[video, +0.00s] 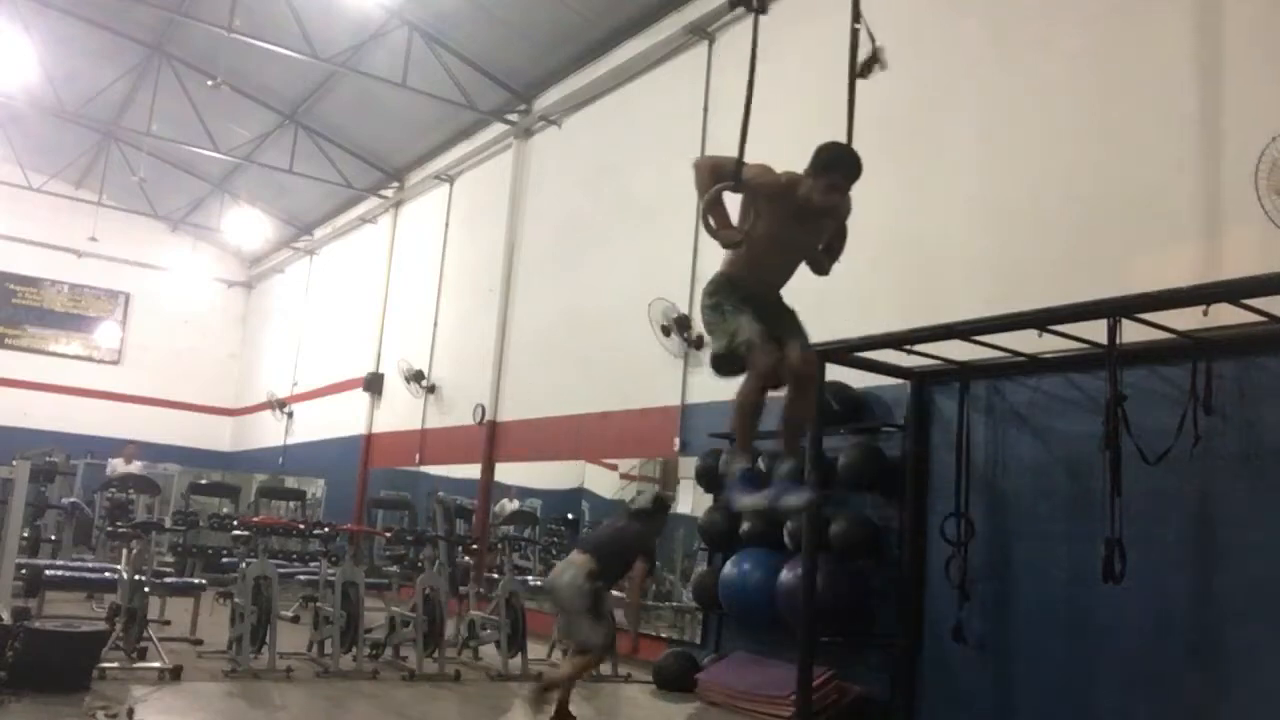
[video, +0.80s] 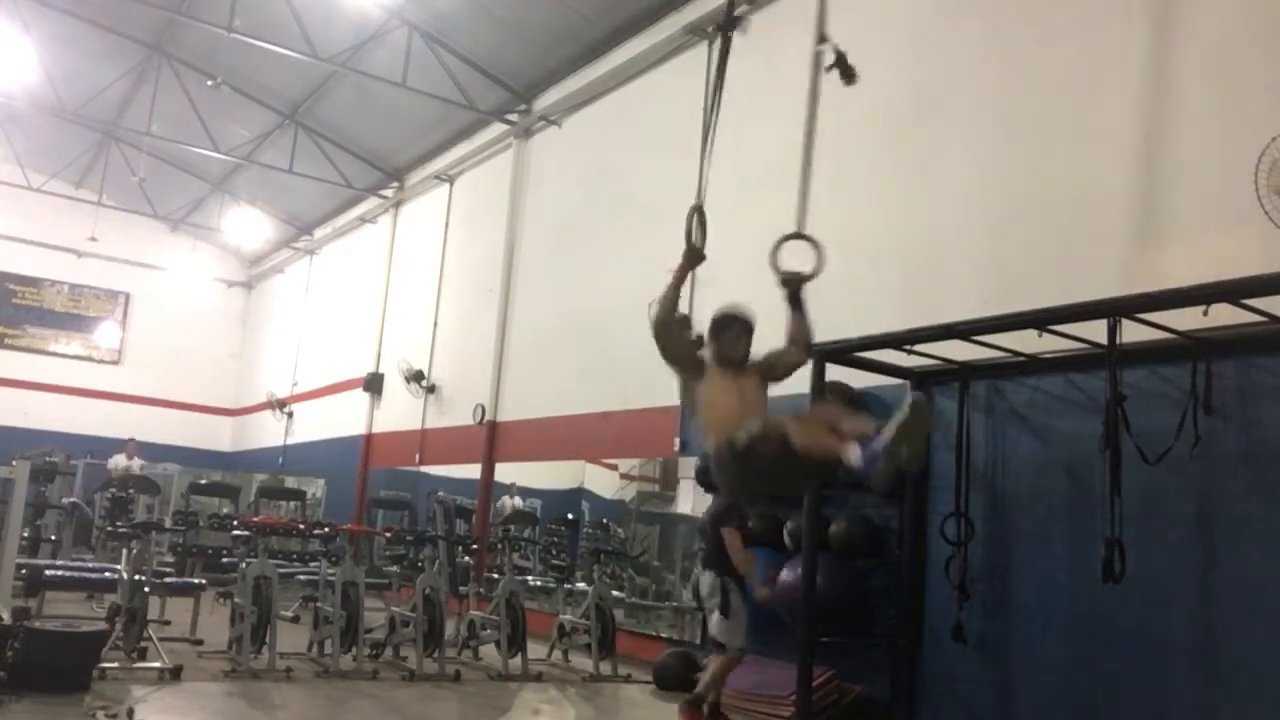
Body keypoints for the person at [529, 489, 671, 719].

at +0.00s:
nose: (662, 528)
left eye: (662, 523)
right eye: (662, 523)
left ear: (638, 511)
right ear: (658, 521)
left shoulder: (617, 523)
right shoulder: (646, 540)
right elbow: (634, 590)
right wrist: (634, 634)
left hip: (559, 573)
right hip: (580, 584)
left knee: (580, 646)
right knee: (602, 648)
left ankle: (562, 707)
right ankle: (549, 683)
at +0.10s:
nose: (680, 510)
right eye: (681, 505)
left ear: (661, 496)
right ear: (679, 504)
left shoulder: (639, 512)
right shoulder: (663, 523)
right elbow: (649, 571)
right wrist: (646, 614)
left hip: (582, 564)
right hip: (604, 571)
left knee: (585, 643)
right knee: (629, 637)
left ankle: (563, 704)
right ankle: (612, 704)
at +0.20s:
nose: (691, 514)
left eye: (691, 509)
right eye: (691, 509)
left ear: (667, 498)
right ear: (686, 506)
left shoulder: (646, 510)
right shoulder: (677, 522)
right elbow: (664, 564)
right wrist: (657, 609)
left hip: (603, 568)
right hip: (627, 576)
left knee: (602, 648)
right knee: (657, 648)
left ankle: (568, 704)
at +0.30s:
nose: (707, 507)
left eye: (707, 503)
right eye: (706, 503)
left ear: (682, 498)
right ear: (700, 503)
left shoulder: (666, 512)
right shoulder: (693, 523)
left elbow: (641, 547)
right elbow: (684, 569)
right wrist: (682, 615)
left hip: (630, 576)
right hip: (650, 582)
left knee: (629, 651)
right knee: (683, 649)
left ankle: (585, 691)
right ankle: (678, 712)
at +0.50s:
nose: (734, 483)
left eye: (734, 477)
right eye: (731, 478)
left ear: (705, 478)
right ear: (723, 479)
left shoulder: (693, 501)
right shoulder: (717, 507)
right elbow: (719, 547)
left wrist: (718, 563)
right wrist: (732, 567)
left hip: (667, 569)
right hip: (685, 573)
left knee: (679, 646)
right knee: (696, 648)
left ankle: (662, 705)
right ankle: (680, 710)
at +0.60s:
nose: (743, 483)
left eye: (743, 477)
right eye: (739, 477)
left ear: (716, 480)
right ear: (724, 479)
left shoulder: (707, 501)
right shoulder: (720, 503)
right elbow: (733, 546)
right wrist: (761, 567)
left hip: (685, 571)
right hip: (695, 574)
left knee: (701, 648)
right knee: (697, 649)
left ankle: (704, 705)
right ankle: (679, 711)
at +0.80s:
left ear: (705, 482)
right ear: (722, 477)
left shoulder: (715, 507)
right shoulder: (727, 507)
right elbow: (738, 556)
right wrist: (758, 583)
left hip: (706, 574)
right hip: (719, 578)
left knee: (722, 647)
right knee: (734, 649)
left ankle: (713, 706)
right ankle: (696, 699)